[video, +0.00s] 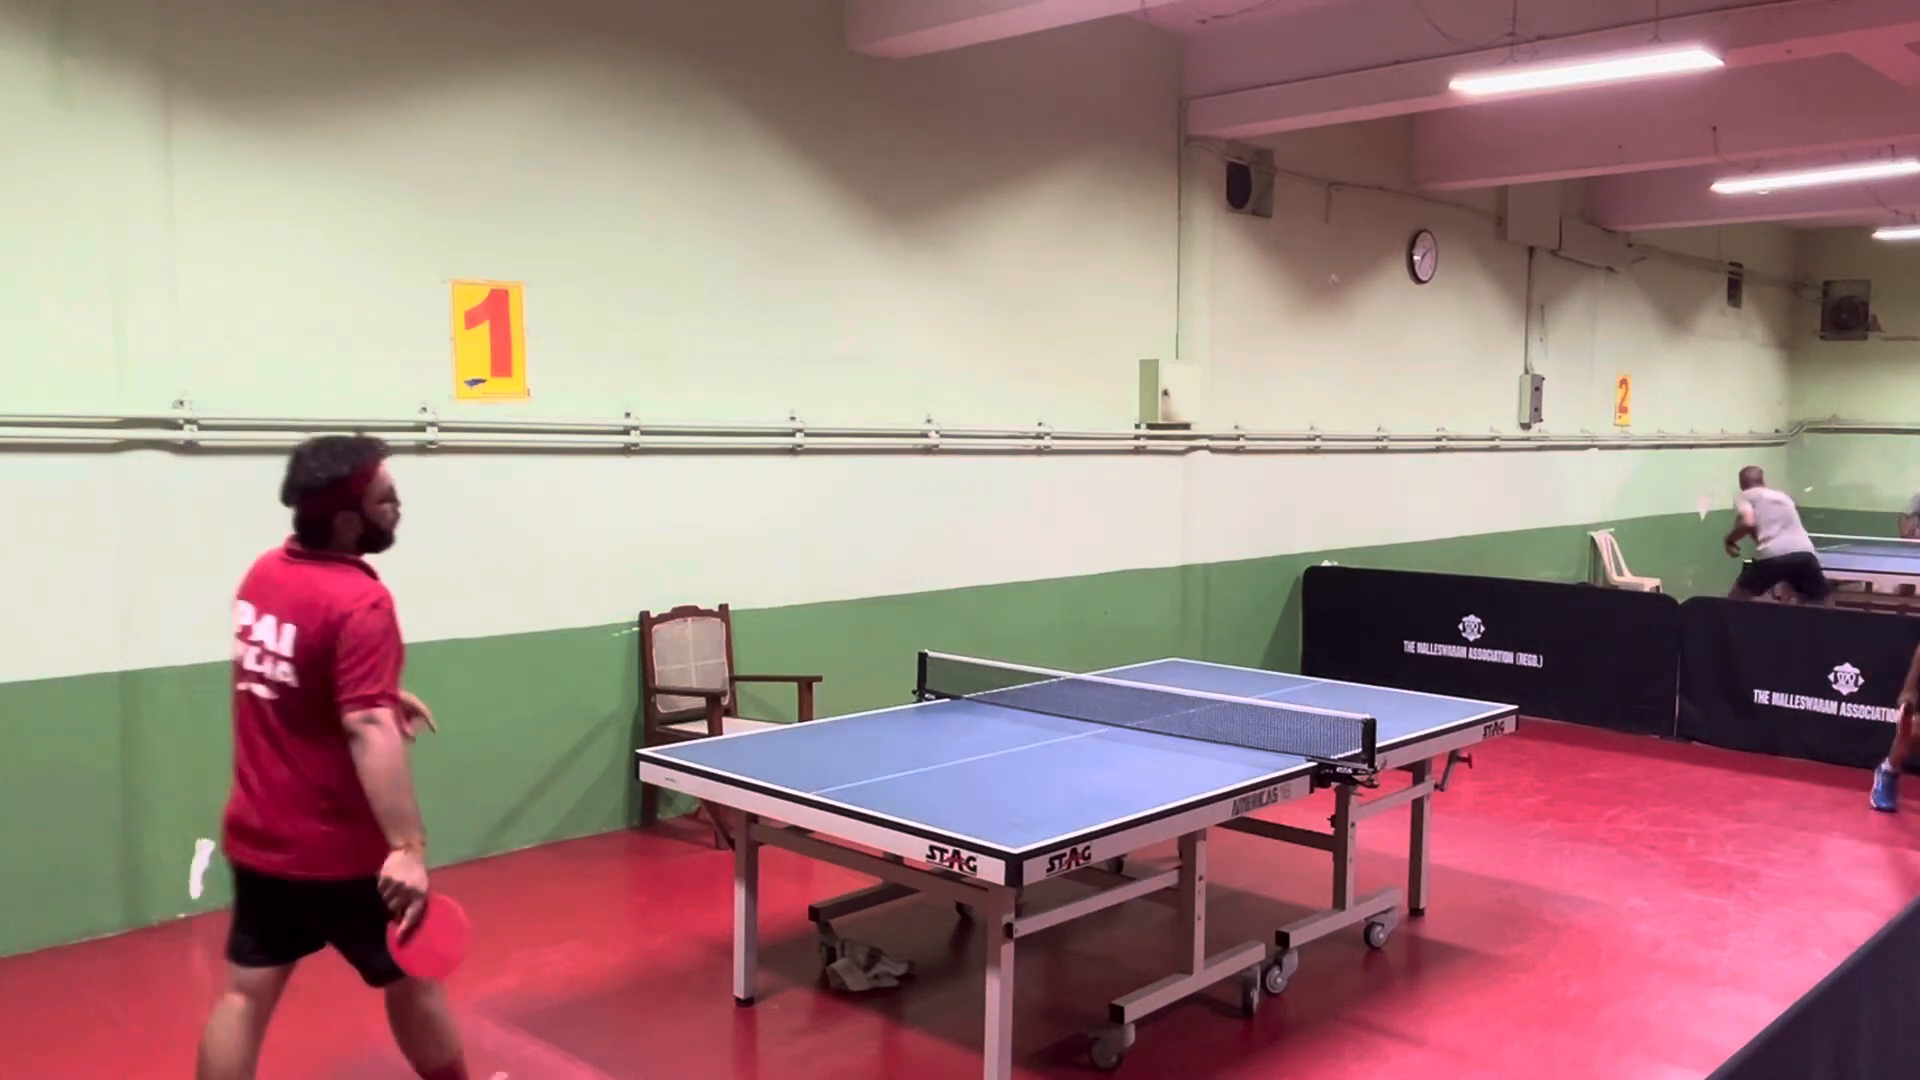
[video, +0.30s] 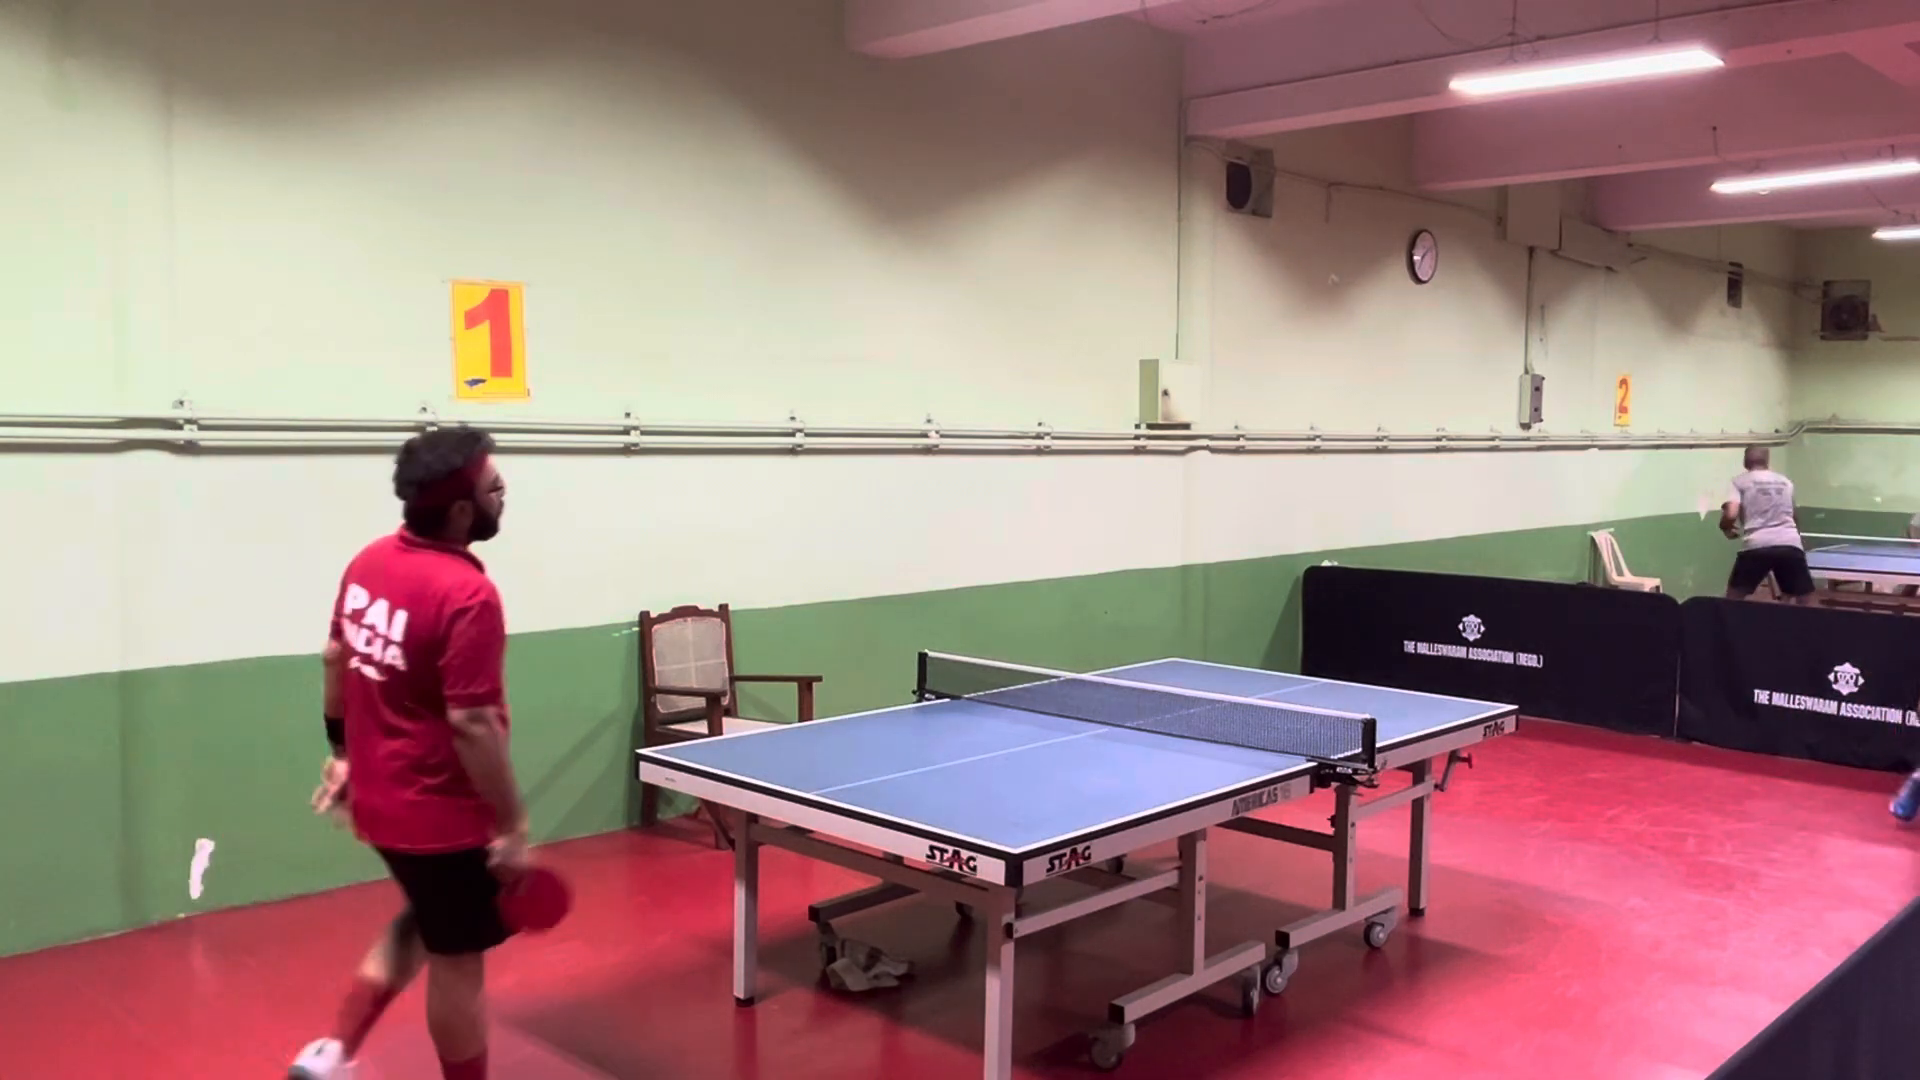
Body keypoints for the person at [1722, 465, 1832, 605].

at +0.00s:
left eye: (1741, 484)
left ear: (1742, 484)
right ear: (1762, 480)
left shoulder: (1745, 496)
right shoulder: (1783, 496)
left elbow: (1748, 524)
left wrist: (1730, 540)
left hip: (1771, 558)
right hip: (1804, 555)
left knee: (1735, 602)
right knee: (1825, 603)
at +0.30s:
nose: (1745, 463)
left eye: (1745, 460)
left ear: (1746, 462)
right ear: (1767, 462)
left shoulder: (1740, 481)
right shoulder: (1786, 482)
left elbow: (1731, 514)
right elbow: (1793, 514)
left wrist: (1725, 527)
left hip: (1756, 547)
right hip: (1789, 546)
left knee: (1732, 600)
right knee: (1806, 600)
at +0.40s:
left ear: (1754, 461)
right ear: (1776, 460)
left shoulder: (1742, 482)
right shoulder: (1793, 483)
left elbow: (1729, 515)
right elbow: (1802, 527)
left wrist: (1733, 528)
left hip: (1755, 548)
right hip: (1789, 547)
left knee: (1732, 601)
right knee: (1808, 603)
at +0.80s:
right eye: (1817, 456)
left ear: (1796, 455)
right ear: (1817, 457)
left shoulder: (1777, 476)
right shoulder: (1829, 482)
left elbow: (1761, 510)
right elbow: (1840, 528)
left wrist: (1776, 521)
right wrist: (1835, 550)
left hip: (1777, 546)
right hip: (1812, 549)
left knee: (1752, 596)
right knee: (1824, 604)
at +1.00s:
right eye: (1819, 454)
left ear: (1798, 452)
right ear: (1820, 454)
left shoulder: (1779, 473)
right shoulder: (1832, 480)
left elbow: (1763, 508)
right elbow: (1838, 514)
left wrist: (1778, 521)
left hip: (1778, 545)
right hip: (1813, 547)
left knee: (1762, 598)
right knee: (1822, 604)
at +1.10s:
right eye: (1814, 453)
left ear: (1791, 452)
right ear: (1813, 454)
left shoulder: (1773, 473)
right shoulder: (1823, 478)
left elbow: (1759, 510)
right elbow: (1829, 513)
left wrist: (1774, 521)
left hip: (1774, 545)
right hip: (1807, 547)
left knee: (1762, 598)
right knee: (1810, 601)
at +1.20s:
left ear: (1783, 451)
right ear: (1806, 453)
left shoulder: (1766, 475)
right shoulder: (1811, 479)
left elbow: (1754, 512)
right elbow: (1817, 514)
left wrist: (1770, 521)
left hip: (1768, 542)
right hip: (1798, 545)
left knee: (1758, 597)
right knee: (1791, 599)